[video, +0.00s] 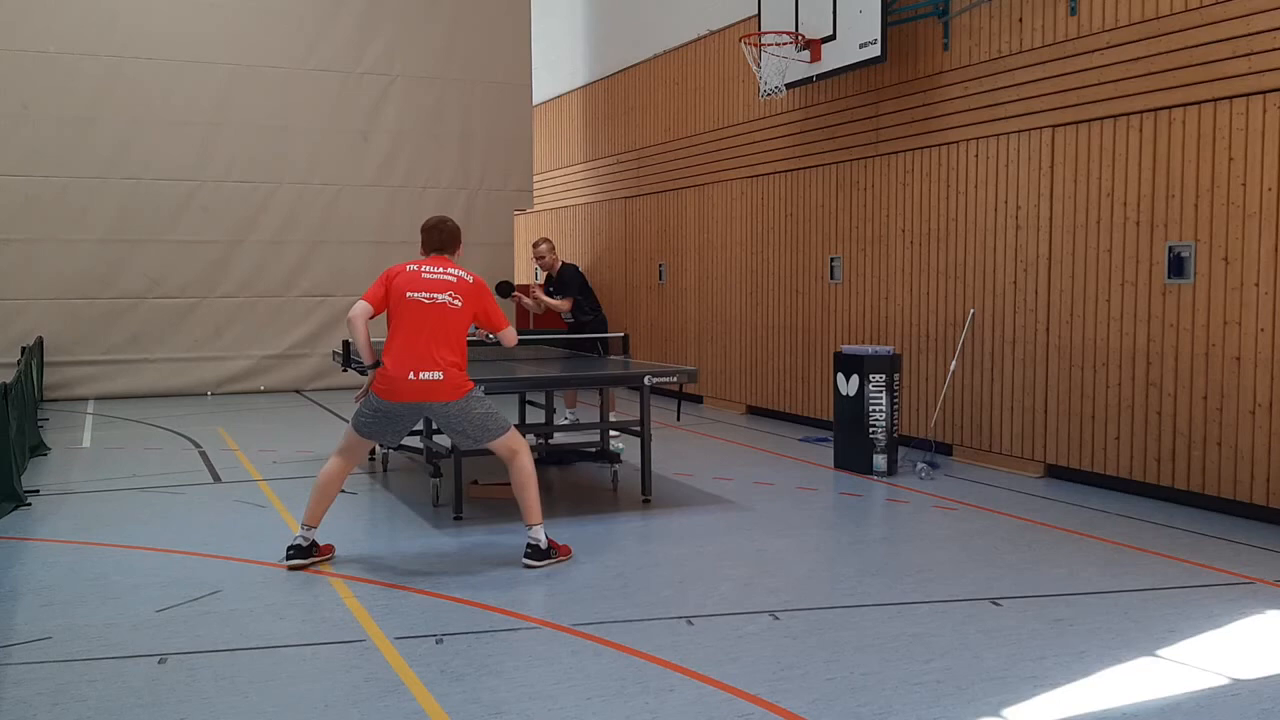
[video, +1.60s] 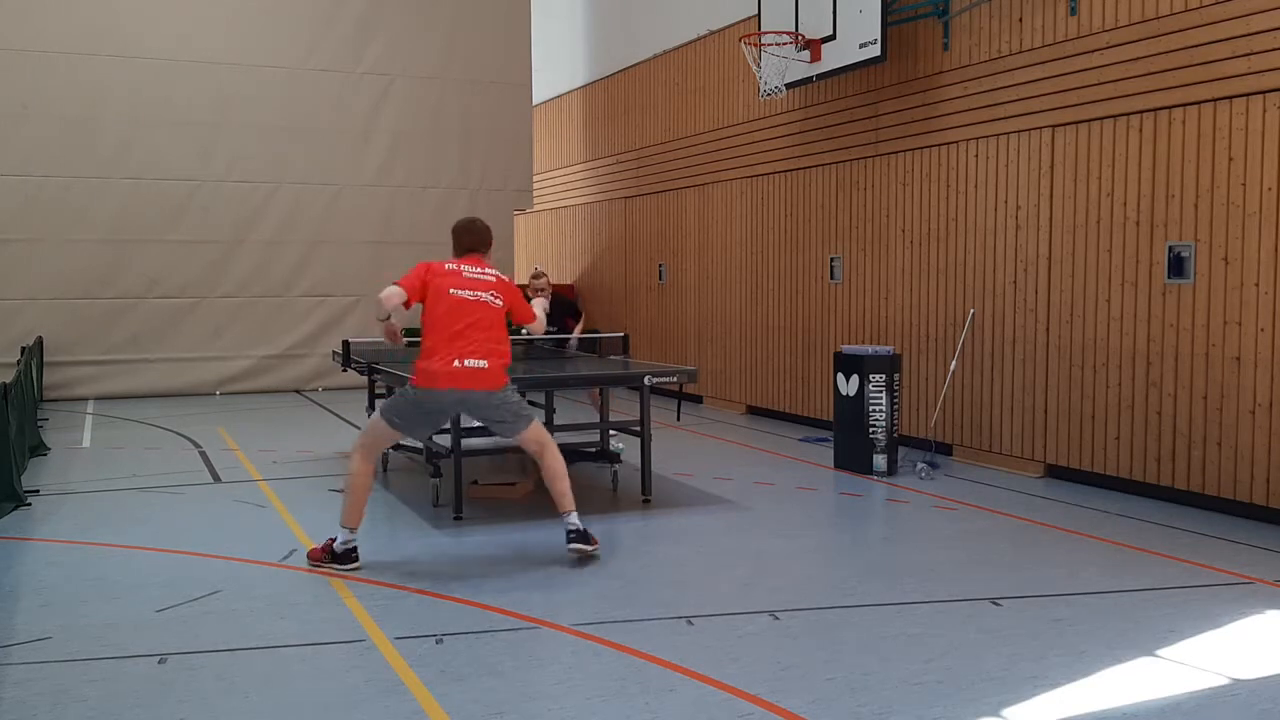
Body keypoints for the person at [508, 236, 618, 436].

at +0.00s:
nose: (538, 263)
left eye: (541, 258)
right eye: (535, 259)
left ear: (553, 255)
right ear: (535, 258)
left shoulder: (570, 272)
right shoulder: (549, 278)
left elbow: (566, 306)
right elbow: (540, 308)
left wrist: (542, 297)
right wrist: (522, 299)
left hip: (594, 328)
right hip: (574, 329)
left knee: (603, 376)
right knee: (568, 373)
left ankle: (611, 423)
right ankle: (571, 417)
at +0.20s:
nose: (541, 259)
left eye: (545, 254)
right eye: (538, 255)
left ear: (556, 252)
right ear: (536, 255)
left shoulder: (573, 272)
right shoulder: (544, 276)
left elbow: (585, 304)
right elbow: (533, 302)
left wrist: (556, 302)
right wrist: (523, 294)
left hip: (587, 329)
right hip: (565, 330)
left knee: (600, 376)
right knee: (561, 371)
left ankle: (609, 423)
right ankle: (566, 409)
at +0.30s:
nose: (543, 255)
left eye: (547, 251)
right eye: (540, 252)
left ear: (557, 252)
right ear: (537, 254)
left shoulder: (574, 274)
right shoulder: (539, 277)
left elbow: (595, 298)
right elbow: (524, 305)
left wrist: (573, 318)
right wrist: (517, 288)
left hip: (580, 339)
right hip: (553, 339)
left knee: (597, 380)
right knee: (548, 382)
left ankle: (608, 423)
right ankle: (547, 426)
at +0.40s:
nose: (541, 261)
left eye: (546, 257)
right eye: (538, 258)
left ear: (555, 259)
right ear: (534, 260)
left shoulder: (570, 283)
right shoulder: (530, 284)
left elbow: (596, 302)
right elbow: (519, 309)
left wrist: (589, 322)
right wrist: (516, 298)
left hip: (570, 346)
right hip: (543, 347)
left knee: (601, 378)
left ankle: (608, 421)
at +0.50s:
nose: (537, 271)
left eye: (541, 267)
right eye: (533, 267)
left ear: (549, 268)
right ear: (529, 269)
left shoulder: (562, 292)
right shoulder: (523, 292)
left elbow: (586, 309)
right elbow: (500, 315)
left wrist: (590, 316)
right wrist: (508, 305)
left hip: (561, 351)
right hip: (531, 351)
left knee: (589, 382)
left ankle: (607, 424)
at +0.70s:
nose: (532, 279)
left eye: (536, 275)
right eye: (528, 275)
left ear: (544, 276)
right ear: (524, 278)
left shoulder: (558, 295)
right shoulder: (517, 298)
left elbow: (581, 310)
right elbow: (501, 311)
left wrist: (582, 326)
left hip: (561, 350)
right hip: (528, 351)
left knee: (590, 383)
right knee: (498, 379)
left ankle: (607, 428)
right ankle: (480, 420)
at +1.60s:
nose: (540, 294)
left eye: (543, 290)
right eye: (535, 290)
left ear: (549, 288)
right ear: (529, 290)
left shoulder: (559, 301)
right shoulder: (524, 304)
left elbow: (580, 317)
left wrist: (574, 336)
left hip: (563, 350)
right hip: (536, 350)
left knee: (591, 381)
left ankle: (605, 423)